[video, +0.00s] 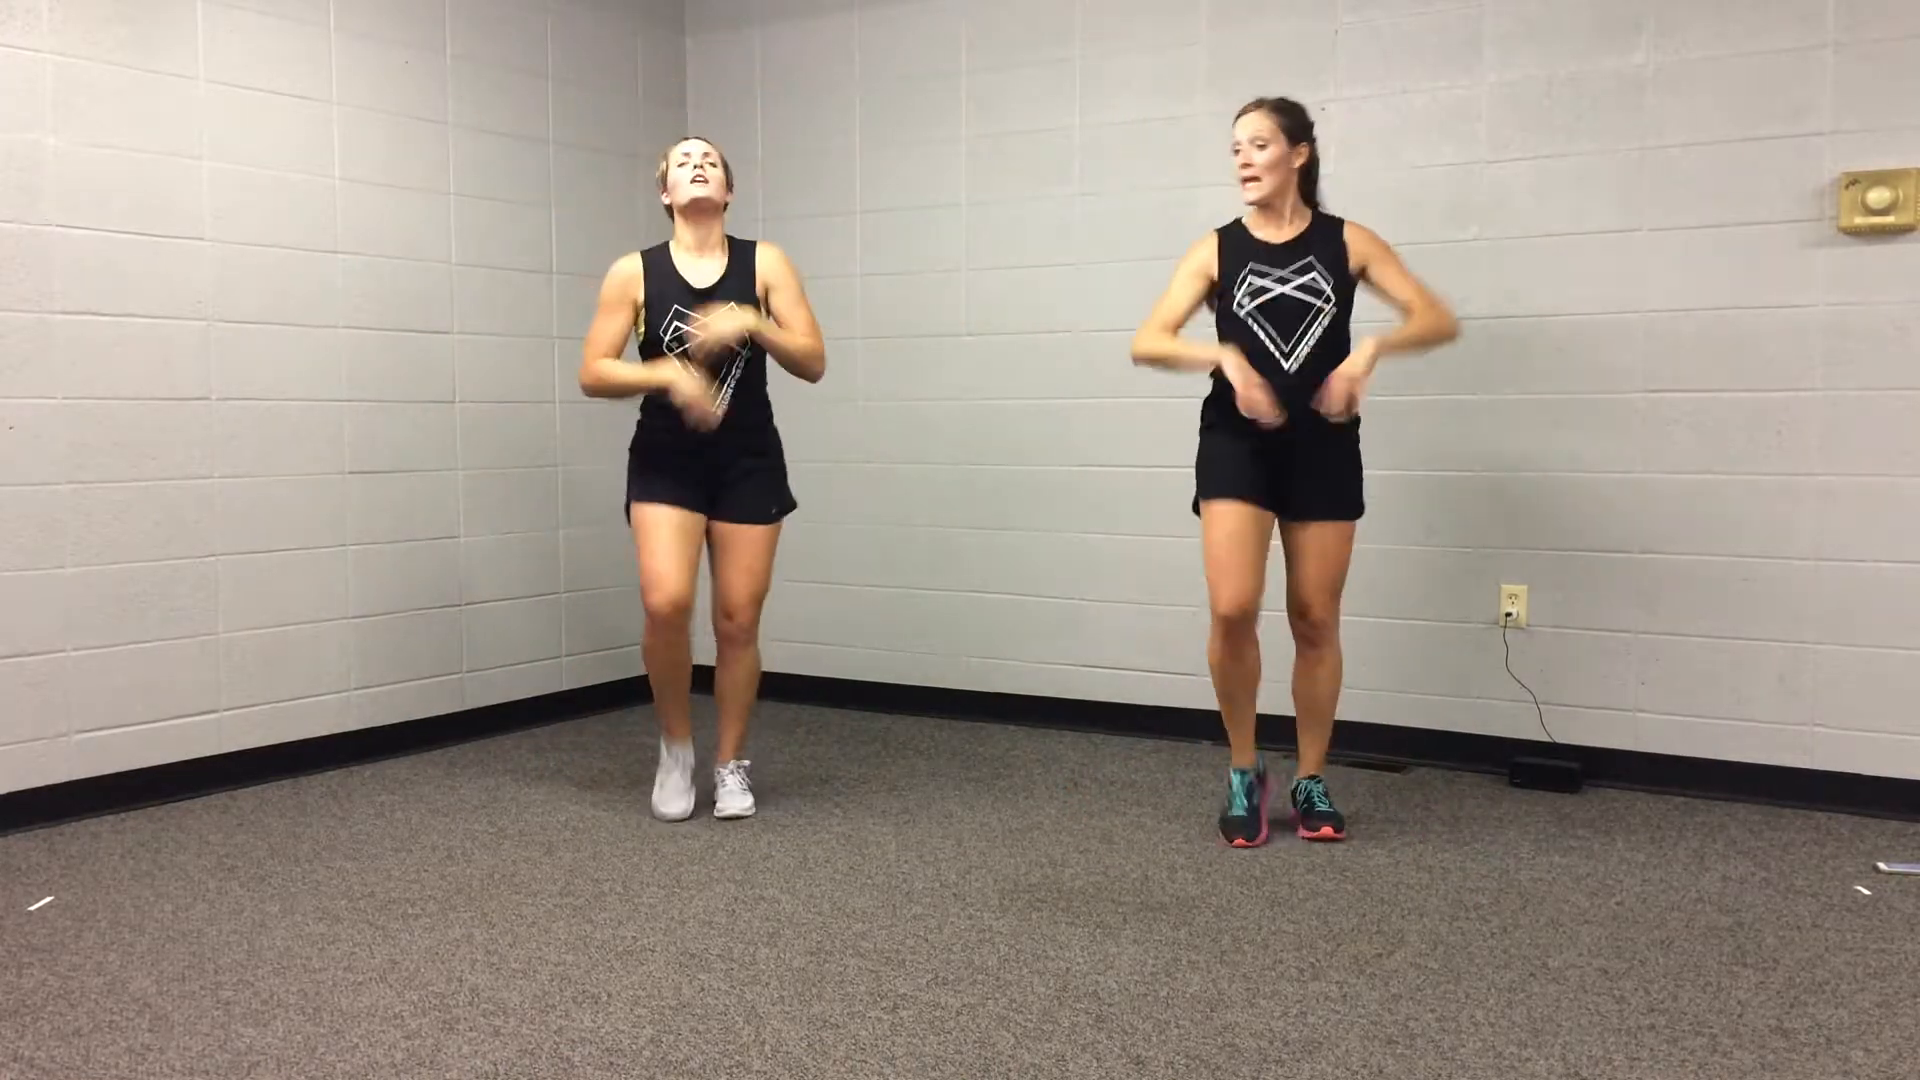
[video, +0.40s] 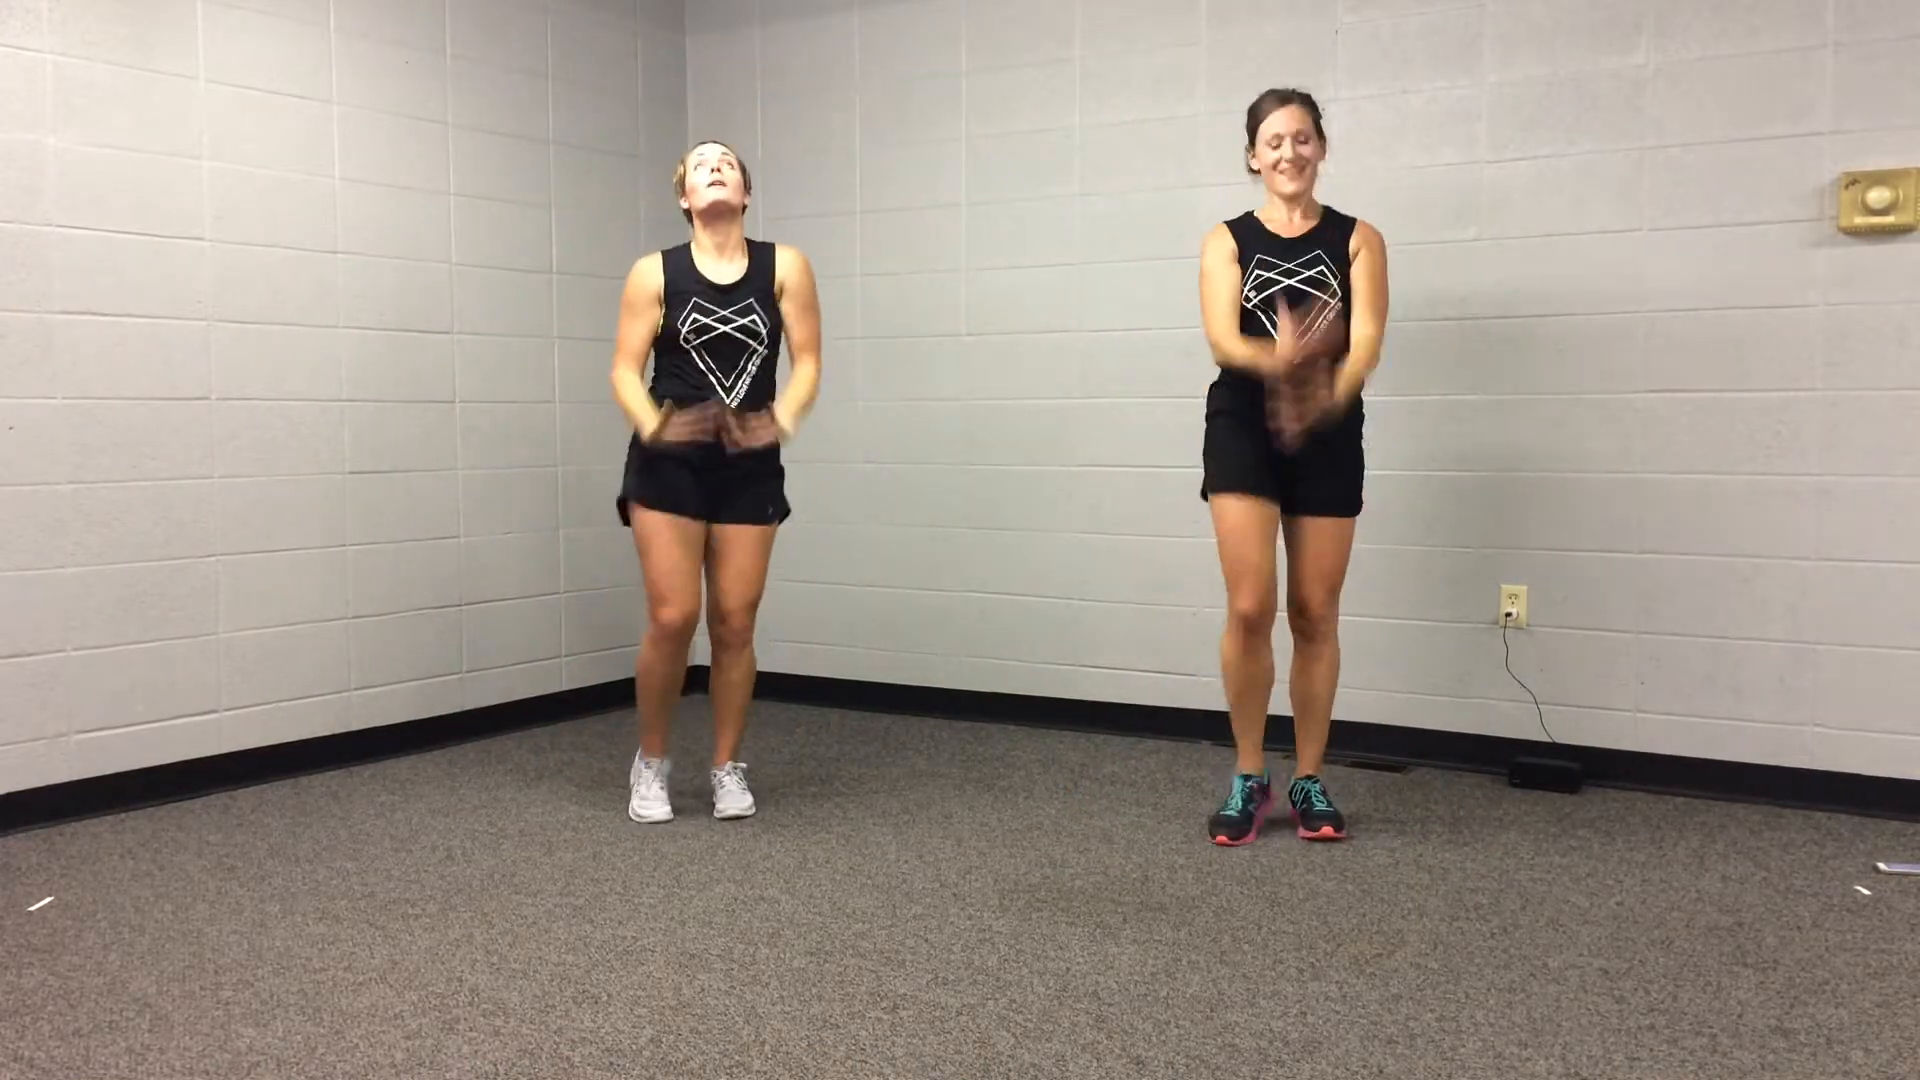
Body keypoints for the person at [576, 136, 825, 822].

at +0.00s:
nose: (699, 166)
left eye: (711, 161)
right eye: (684, 161)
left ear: (729, 190)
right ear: (664, 191)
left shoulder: (766, 262)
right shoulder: (633, 272)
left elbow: (814, 362)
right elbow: (594, 372)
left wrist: (751, 323)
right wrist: (669, 372)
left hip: (748, 457)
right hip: (665, 458)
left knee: (737, 619)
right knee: (665, 604)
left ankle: (731, 763)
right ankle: (675, 752)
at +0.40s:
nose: (715, 170)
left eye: (727, 165)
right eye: (701, 167)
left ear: (747, 193)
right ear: (683, 197)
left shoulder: (785, 266)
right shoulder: (653, 273)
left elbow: (807, 363)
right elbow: (624, 370)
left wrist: (780, 420)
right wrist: (653, 425)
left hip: (750, 462)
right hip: (667, 462)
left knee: (735, 623)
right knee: (673, 618)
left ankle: (727, 766)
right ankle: (651, 762)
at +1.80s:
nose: (719, 213)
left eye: (732, 201)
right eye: (707, 200)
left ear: (751, 209)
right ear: (689, 207)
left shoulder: (779, 287)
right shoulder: (653, 277)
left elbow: (778, 383)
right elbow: (558, 334)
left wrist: (703, 318)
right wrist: (589, 271)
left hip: (747, 473)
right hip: (665, 463)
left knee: (737, 630)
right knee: (636, 566)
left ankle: (724, 767)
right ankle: (641, 686)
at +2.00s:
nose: (712, 206)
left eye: (725, 193)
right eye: (700, 193)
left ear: (745, 199)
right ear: (681, 196)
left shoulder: (771, 266)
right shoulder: (646, 260)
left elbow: (748, 358)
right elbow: (549, 289)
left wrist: (660, 318)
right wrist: (504, 223)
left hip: (735, 468)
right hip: (654, 465)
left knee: (722, 621)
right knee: (655, 626)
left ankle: (725, 766)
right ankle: (654, 772)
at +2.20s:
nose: (700, 230)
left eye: (714, 218)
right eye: (688, 216)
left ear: (730, 221)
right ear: (667, 215)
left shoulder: (756, 301)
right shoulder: (621, 295)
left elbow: (765, 405)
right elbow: (572, 394)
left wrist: (772, 506)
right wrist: (527, 485)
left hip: (723, 491)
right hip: (636, 492)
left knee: (754, 623)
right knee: (646, 637)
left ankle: (747, 752)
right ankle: (655, 777)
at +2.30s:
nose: (696, 229)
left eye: (711, 218)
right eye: (685, 214)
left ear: (725, 219)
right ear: (660, 210)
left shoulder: (748, 291)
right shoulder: (616, 295)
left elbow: (805, 383)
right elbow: (611, 405)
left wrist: (872, 458)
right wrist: (645, 497)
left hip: (726, 478)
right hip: (641, 481)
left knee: (771, 609)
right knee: (647, 642)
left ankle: (784, 767)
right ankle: (654, 776)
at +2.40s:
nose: (701, 221)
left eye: (715, 208)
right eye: (689, 204)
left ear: (730, 209)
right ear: (663, 198)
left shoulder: (752, 279)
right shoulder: (619, 282)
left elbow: (820, 346)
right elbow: (613, 389)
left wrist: (914, 352)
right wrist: (711, 387)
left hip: (744, 474)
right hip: (657, 481)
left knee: (780, 627)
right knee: (659, 641)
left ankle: (823, 790)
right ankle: (652, 776)